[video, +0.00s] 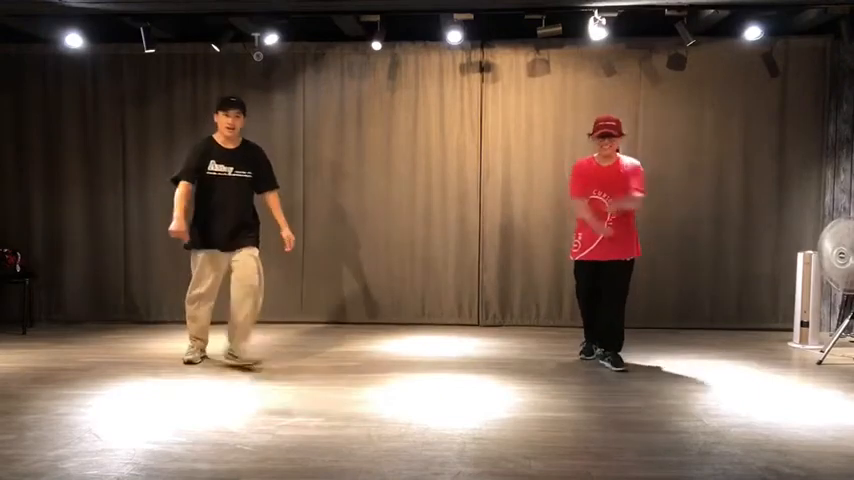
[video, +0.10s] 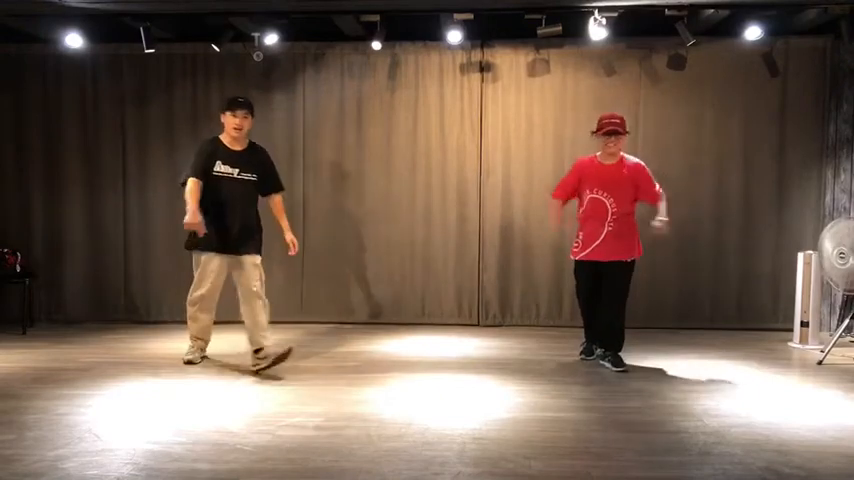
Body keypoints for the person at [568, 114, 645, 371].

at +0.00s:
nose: (606, 142)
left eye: (611, 138)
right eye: (601, 138)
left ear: (619, 140)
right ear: (594, 140)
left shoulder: (632, 167)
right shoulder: (582, 168)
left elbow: (637, 201)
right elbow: (579, 206)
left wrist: (617, 204)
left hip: (620, 248)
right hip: (587, 247)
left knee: (614, 300)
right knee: (587, 296)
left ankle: (610, 349)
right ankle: (591, 341)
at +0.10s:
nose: (611, 141)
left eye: (616, 136)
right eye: (606, 136)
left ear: (624, 138)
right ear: (598, 138)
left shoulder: (635, 168)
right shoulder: (583, 167)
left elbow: (659, 195)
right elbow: (558, 196)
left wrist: (661, 216)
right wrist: (556, 226)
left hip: (621, 250)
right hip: (588, 249)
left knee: (615, 302)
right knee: (587, 298)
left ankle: (611, 350)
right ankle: (591, 341)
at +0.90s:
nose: (605, 139)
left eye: (605, 135)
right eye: (600, 135)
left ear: (601, 138)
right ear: (584, 138)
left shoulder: (610, 163)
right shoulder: (566, 167)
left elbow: (626, 192)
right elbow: (570, 201)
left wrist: (630, 210)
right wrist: (592, 214)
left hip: (606, 249)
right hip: (575, 249)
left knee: (607, 303)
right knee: (570, 302)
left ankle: (609, 351)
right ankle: (565, 349)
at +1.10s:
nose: (591, 139)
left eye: (591, 134)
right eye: (586, 135)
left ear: (587, 138)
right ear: (571, 139)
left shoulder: (599, 163)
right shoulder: (557, 172)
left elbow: (614, 196)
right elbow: (557, 211)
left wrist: (623, 222)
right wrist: (577, 233)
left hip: (600, 248)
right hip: (568, 250)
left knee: (604, 302)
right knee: (566, 303)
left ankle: (611, 350)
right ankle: (564, 349)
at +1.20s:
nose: (589, 137)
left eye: (590, 133)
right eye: (584, 134)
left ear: (588, 137)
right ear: (569, 138)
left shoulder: (599, 163)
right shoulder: (555, 173)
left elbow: (610, 195)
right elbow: (551, 213)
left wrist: (615, 223)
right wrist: (551, 245)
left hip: (600, 247)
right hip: (568, 249)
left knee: (605, 301)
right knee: (565, 303)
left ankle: (610, 348)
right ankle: (564, 349)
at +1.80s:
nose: (602, 140)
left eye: (607, 136)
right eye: (598, 135)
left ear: (614, 140)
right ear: (590, 139)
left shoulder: (622, 169)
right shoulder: (577, 166)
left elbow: (630, 199)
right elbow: (572, 203)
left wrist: (638, 219)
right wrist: (580, 232)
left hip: (606, 246)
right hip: (577, 245)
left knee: (603, 298)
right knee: (572, 297)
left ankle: (602, 340)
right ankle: (564, 343)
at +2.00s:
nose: (602, 141)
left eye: (608, 136)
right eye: (598, 136)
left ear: (616, 140)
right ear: (591, 139)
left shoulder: (623, 169)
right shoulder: (581, 164)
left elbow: (629, 203)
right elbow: (574, 197)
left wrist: (632, 225)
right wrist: (609, 217)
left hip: (606, 242)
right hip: (577, 239)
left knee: (603, 296)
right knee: (565, 291)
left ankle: (603, 339)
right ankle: (552, 338)